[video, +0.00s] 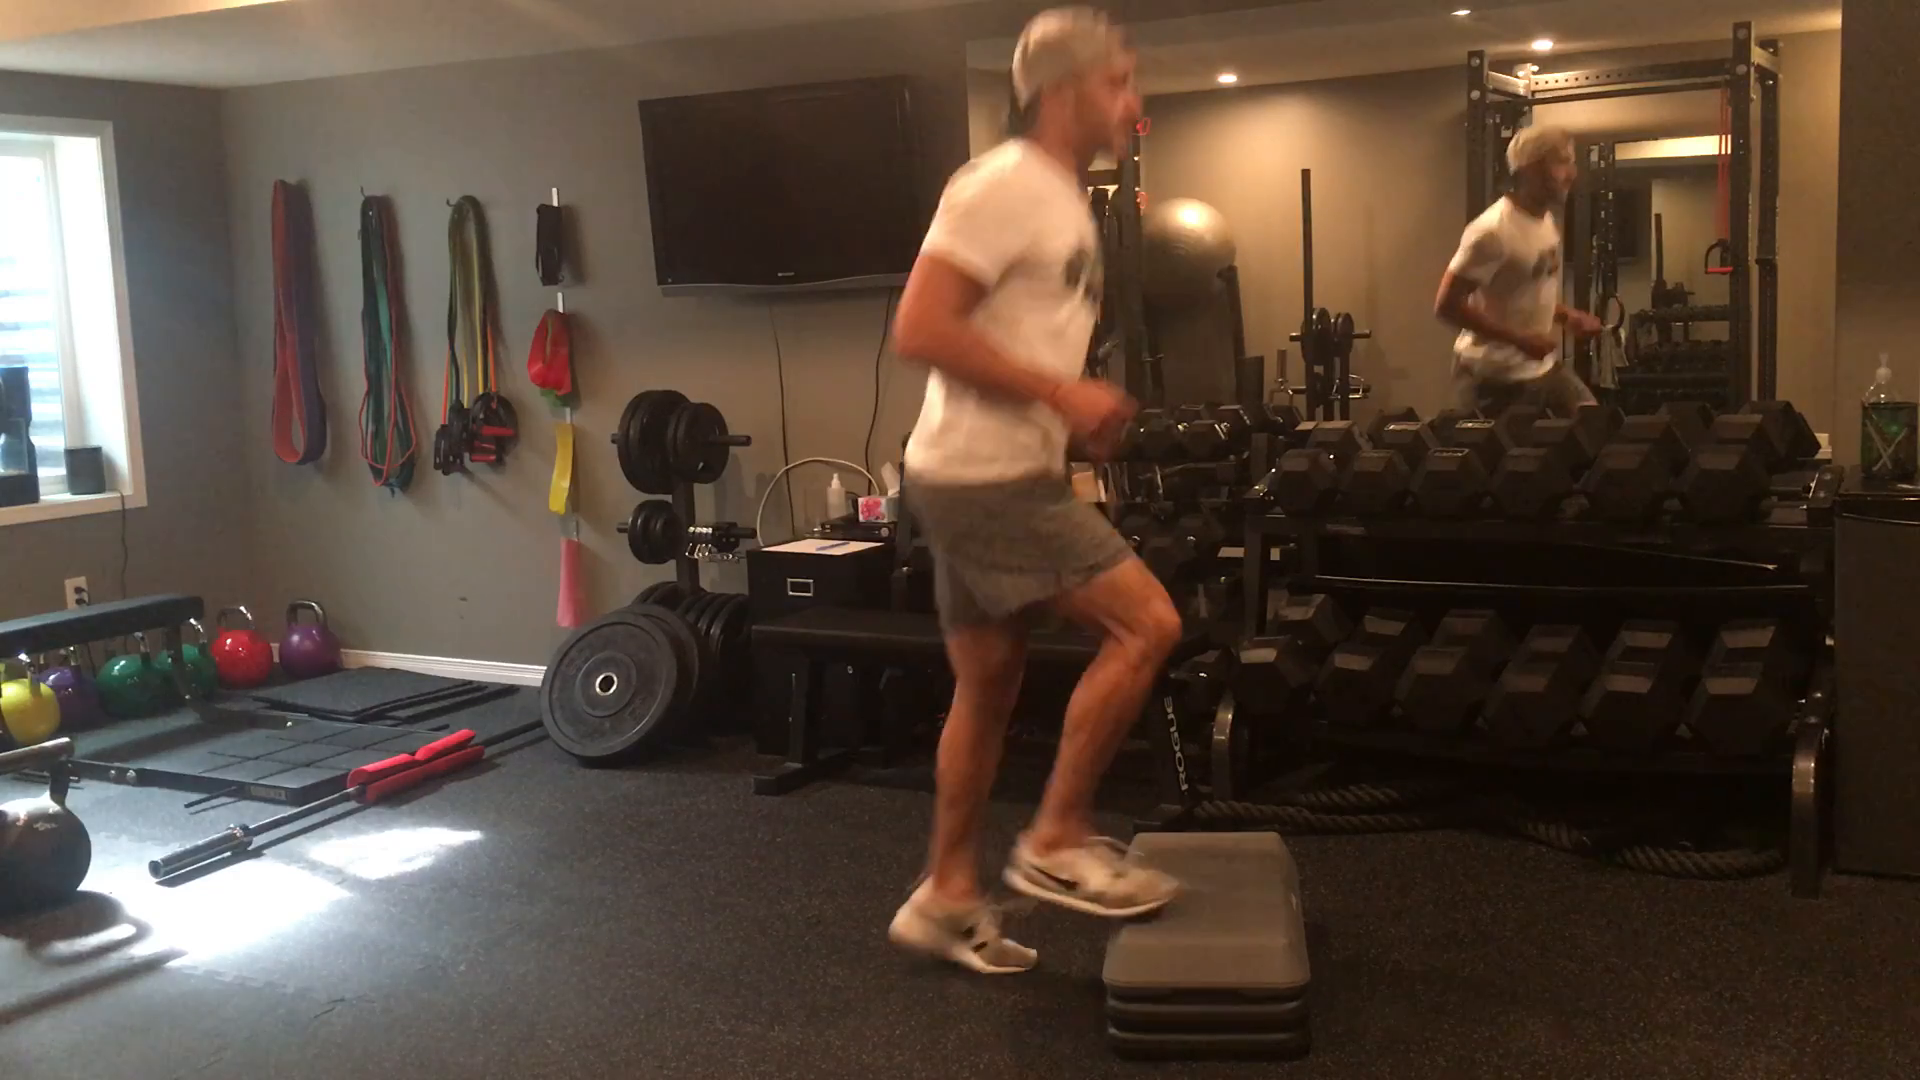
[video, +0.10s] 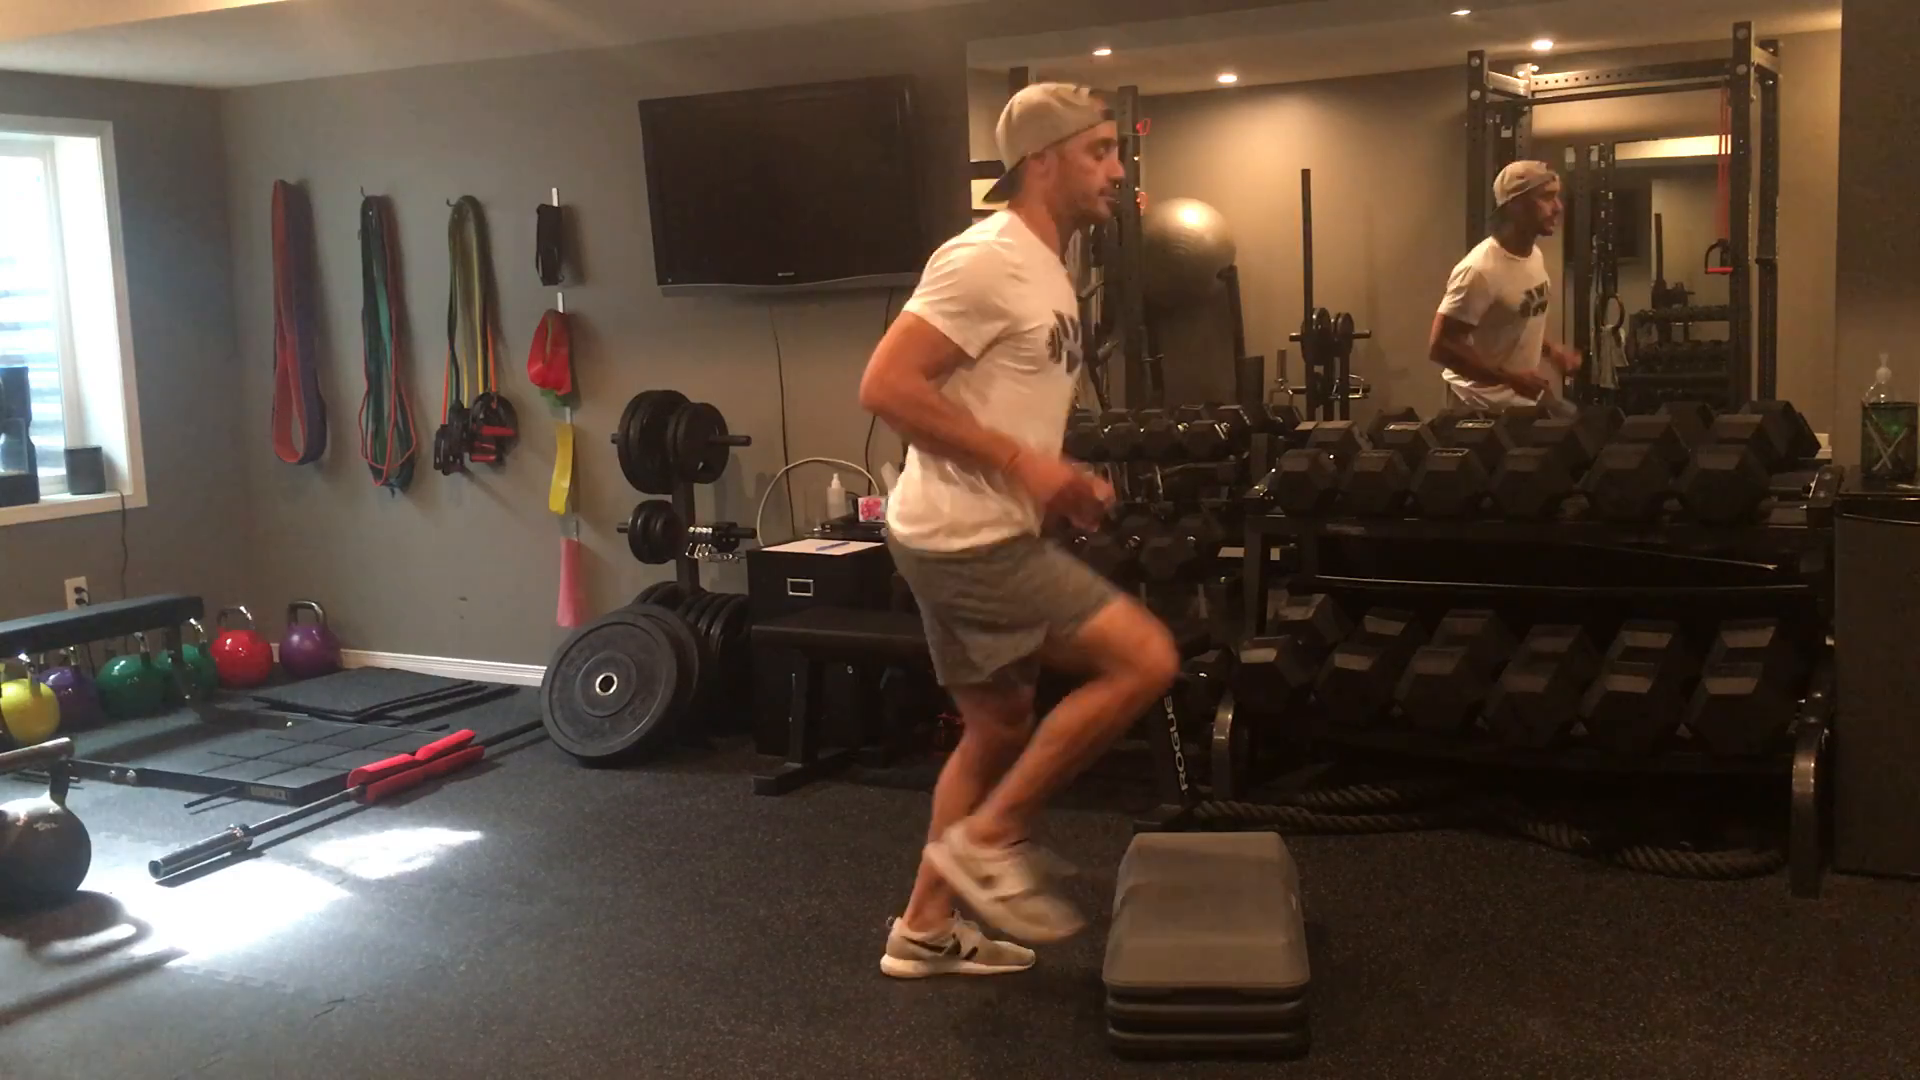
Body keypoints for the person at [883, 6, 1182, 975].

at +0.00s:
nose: (1136, 102)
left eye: (1132, 82)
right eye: (1122, 82)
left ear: (1073, 94)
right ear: (1067, 92)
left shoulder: (1056, 195)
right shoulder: (1002, 184)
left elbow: (995, 337)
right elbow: (919, 325)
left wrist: (1067, 412)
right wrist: (1063, 391)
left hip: (993, 474)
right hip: (983, 479)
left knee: (985, 678)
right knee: (1146, 622)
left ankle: (945, 895)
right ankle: (1059, 837)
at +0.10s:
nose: (1117, 169)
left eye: (1116, 151)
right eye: (1101, 151)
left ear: (1054, 165)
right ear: (1044, 162)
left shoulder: (1039, 262)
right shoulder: (982, 258)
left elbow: (990, 406)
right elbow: (888, 384)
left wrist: (1053, 478)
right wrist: (1021, 462)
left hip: (969, 534)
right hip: (967, 537)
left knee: (997, 726)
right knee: (1144, 659)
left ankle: (926, 923)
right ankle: (990, 834)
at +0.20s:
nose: (1107, 147)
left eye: (1104, 132)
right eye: (1090, 131)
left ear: (1049, 146)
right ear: (1035, 143)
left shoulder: (1036, 250)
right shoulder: (978, 238)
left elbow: (973, 402)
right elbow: (882, 372)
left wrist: (1050, 449)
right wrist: (1002, 461)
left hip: (987, 526)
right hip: (950, 526)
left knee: (994, 720)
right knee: (1083, 708)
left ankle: (936, 914)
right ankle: (913, 873)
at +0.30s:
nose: (1092, 144)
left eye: (1088, 127)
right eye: (1076, 128)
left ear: (1032, 144)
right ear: (1019, 142)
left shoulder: (1028, 246)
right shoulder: (964, 240)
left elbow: (977, 387)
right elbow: (891, 382)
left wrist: (1051, 431)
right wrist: (1019, 452)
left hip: (1006, 525)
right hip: (947, 534)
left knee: (1070, 694)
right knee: (995, 745)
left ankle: (953, 878)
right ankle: (852, 945)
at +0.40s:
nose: (1094, 163)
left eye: (1089, 146)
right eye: (1075, 148)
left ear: (1026, 168)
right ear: (1019, 165)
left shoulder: (1023, 274)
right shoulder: (969, 277)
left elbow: (984, 427)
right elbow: (931, 441)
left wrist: (1048, 500)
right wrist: (1061, 479)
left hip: (1015, 552)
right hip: (942, 567)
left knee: (1132, 655)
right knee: (962, 783)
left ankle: (986, 798)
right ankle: (839, 966)